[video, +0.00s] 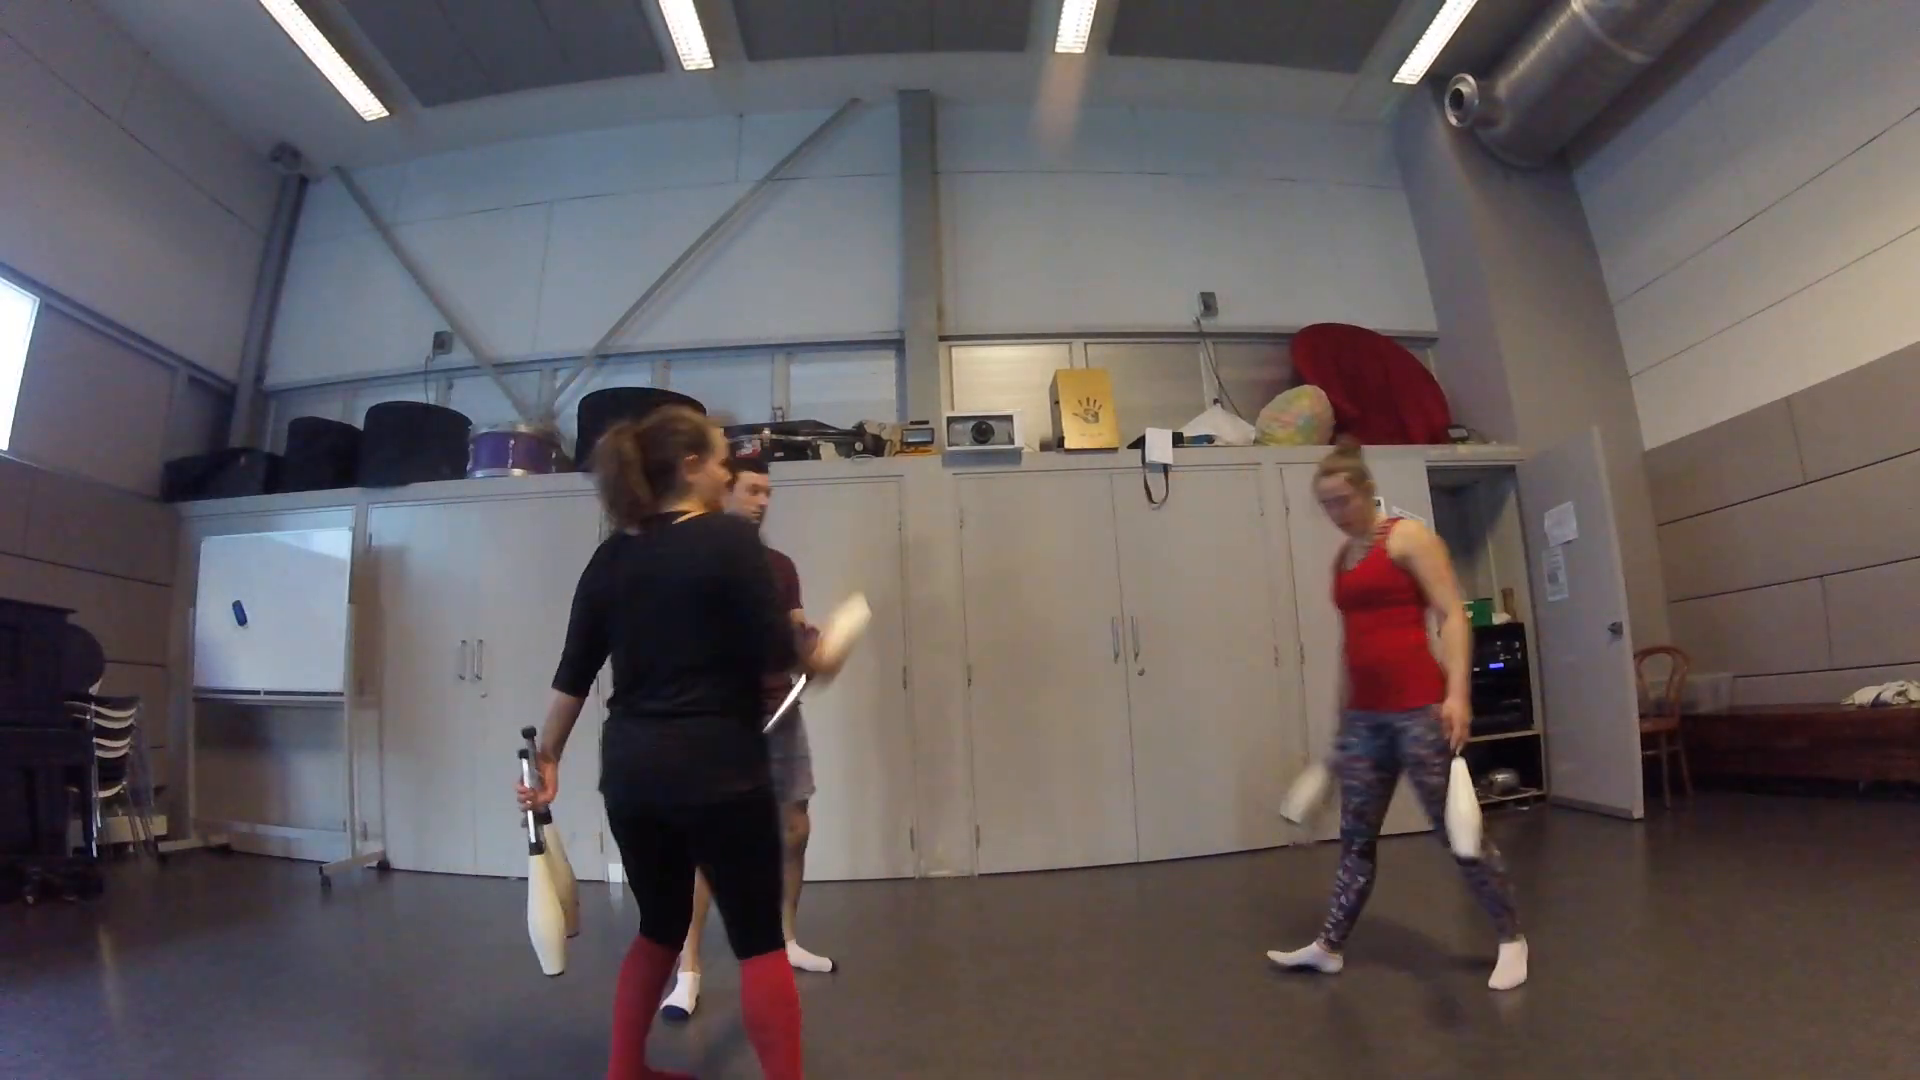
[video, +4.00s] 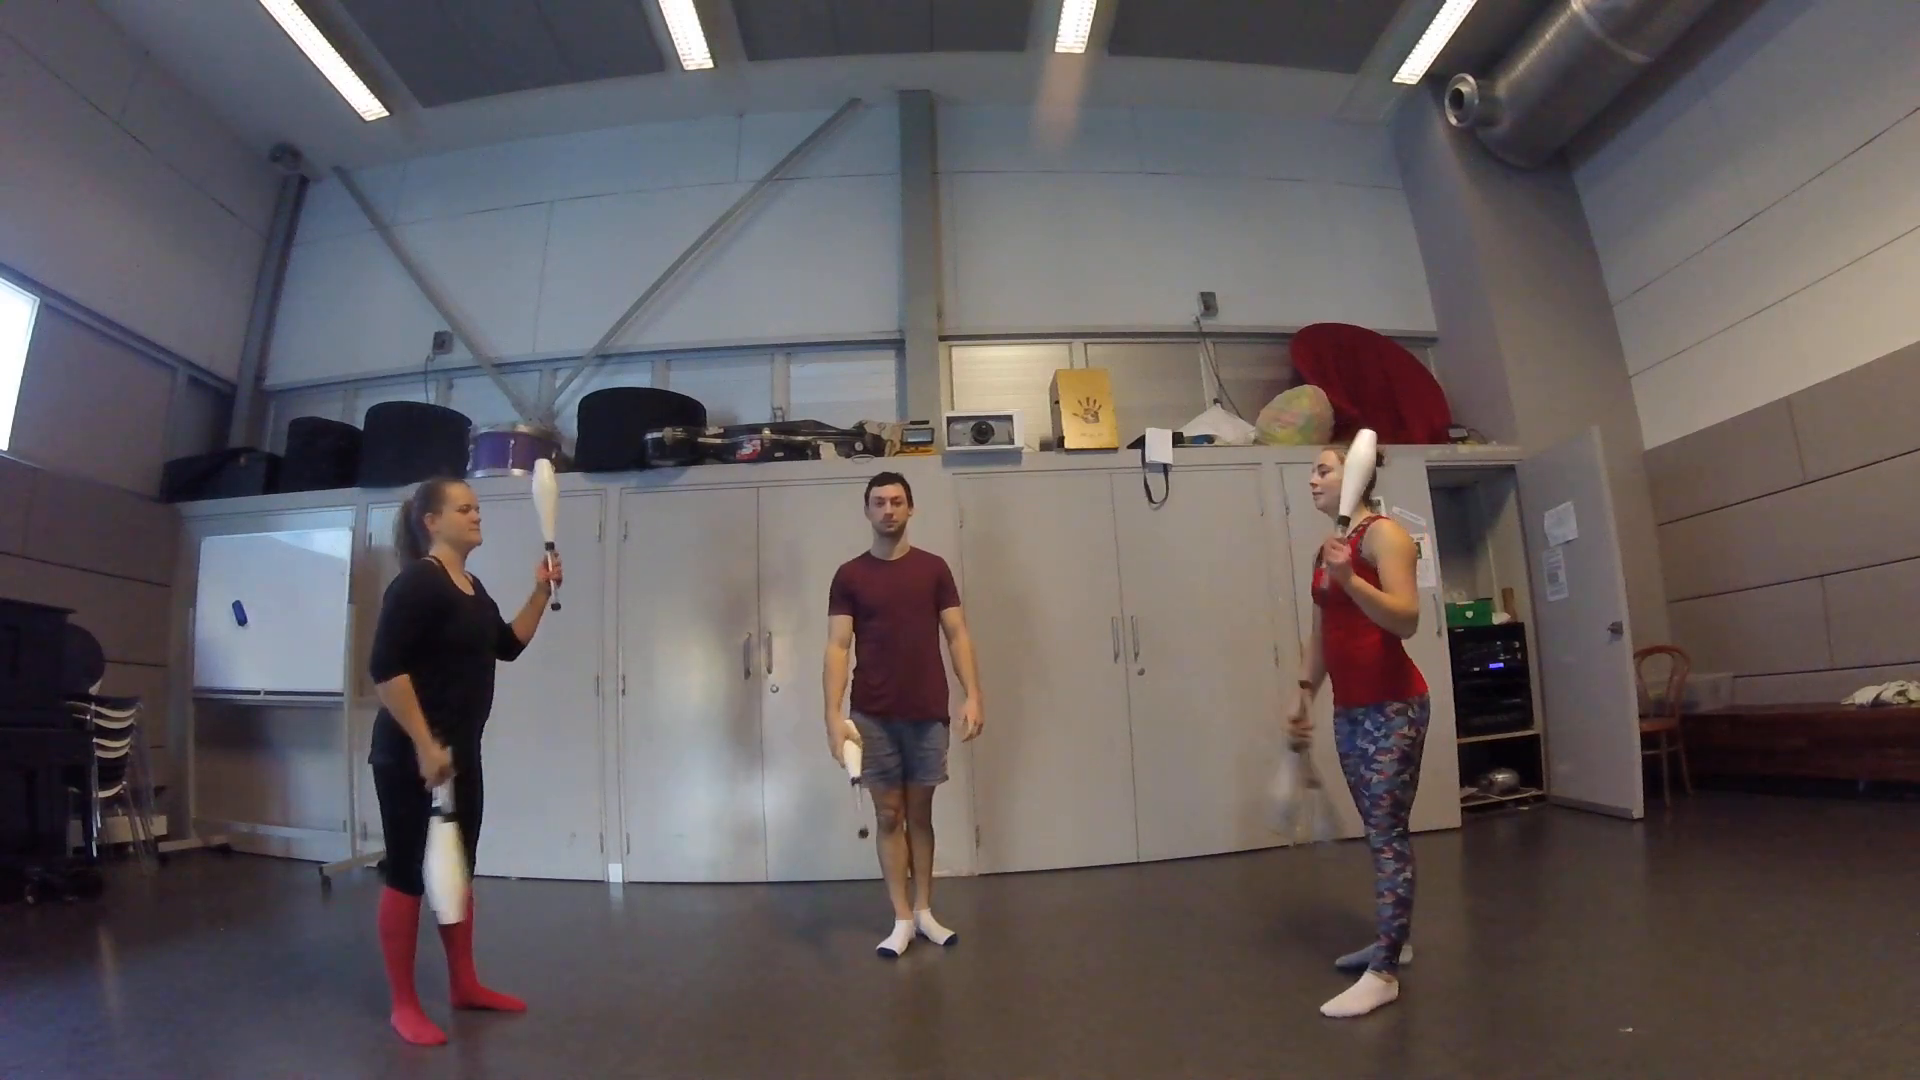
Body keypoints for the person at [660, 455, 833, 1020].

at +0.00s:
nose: (761, 501)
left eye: (766, 493)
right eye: (753, 491)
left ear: (769, 500)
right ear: (722, 492)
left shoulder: (777, 566)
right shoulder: (685, 561)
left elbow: (792, 639)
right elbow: (667, 641)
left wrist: (801, 634)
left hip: (775, 712)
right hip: (709, 718)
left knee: (794, 831)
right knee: (701, 851)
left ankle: (782, 940)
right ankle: (688, 968)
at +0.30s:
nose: (817, 508)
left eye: (821, 500)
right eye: (809, 498)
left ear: (818, 505)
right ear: (778, 499)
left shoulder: (822, 569)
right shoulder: (750, 571)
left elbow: (842, 651)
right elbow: (746, 655)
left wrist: (843, 635)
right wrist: (799, 635)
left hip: (822, 707)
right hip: (775, 711)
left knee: (804, 833)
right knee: (800, 832)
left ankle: (787, 941)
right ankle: (789, 948)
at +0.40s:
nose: (832, 510)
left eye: (837, 503)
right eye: (824, 501)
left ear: (837, 509)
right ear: (794, 502)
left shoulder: (837, 572)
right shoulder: (768, 571)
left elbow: (854, 655)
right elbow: (758, 652)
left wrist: (859, 634)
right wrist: (822, 637)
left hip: (835, 703)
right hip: (790, 708)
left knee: (805, 827)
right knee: (842, 825)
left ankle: (784, 939)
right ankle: (857, 946)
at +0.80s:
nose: (906, 513)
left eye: (911, 504)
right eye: (897, 504)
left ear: (911, 506)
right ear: (868, 501)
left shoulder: (906, 562)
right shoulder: (849, 569)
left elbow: (908, 629)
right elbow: (848, 657)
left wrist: (945, 643)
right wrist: (924, 652)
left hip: (903, 701)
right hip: (869, 706)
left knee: (905, 820)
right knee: (910, 823)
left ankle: (827, 907)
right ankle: (923, 945)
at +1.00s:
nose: (930, 511)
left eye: (937, 503)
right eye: (921, 502)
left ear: (941, 505)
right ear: (896, 500)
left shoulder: (937, 562)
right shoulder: (873, 567)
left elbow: (945, 625)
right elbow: (861, 651)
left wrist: (971, 645)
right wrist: (942, 656)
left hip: (932, 700)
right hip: (889, 705)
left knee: (963, 811)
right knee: (918, 820)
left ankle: (927, 902)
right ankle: (923, 944)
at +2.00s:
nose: (936, 508)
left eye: (944, 501)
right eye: (927, 502)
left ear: (959, 510)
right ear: (916, 512)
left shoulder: (982, 567)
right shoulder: (897, 571)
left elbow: (1015, 620)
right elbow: (867, 632)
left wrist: (1022, 681)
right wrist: (856, 686)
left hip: (973, 710)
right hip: (915, 710)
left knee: (977, 815)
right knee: (912, 819)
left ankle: (988, 911)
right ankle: (908, 921)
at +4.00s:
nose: (888, 509)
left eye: (896, 502)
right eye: (880, 503)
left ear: (910, 510)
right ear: (867, 512)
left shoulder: (934, 568)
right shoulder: (850, 576)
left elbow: (957, 633)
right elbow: (838, 647)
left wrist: (973, 694)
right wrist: (834, 716)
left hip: (927, 712)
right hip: (872, 714)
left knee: (920, 816)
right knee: (889, 817)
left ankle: (924, 912)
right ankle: (903, 920)